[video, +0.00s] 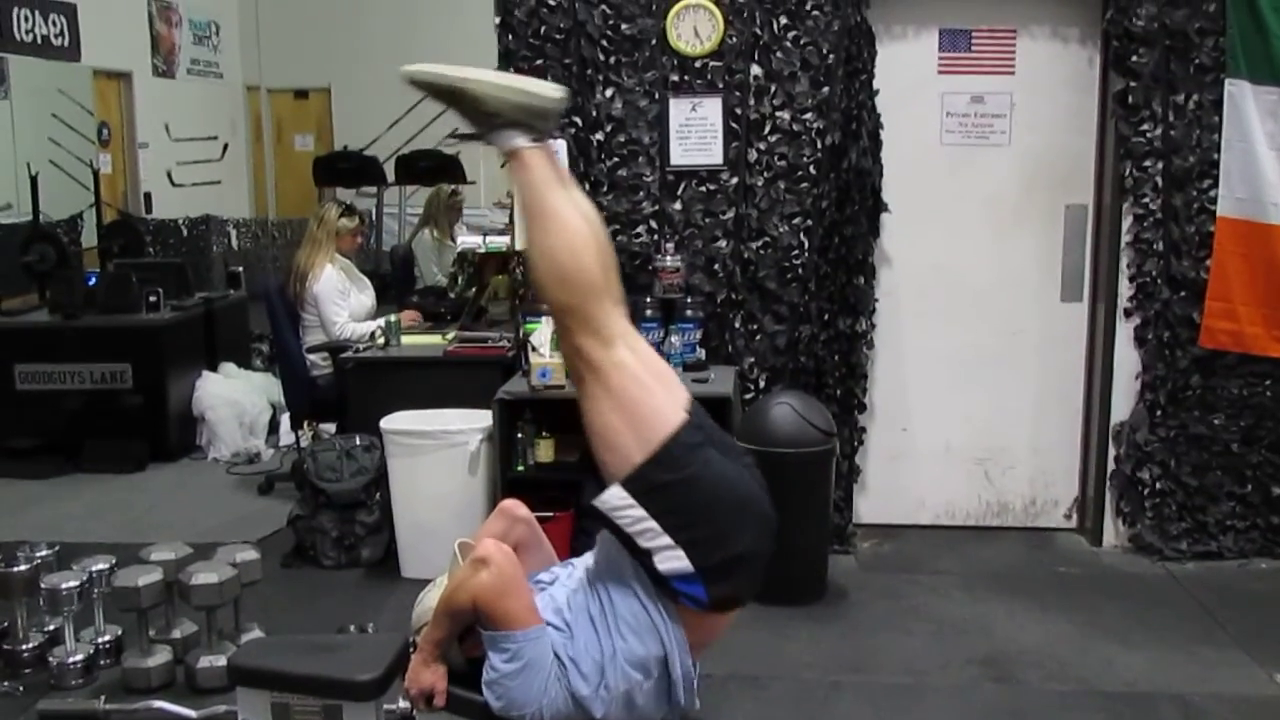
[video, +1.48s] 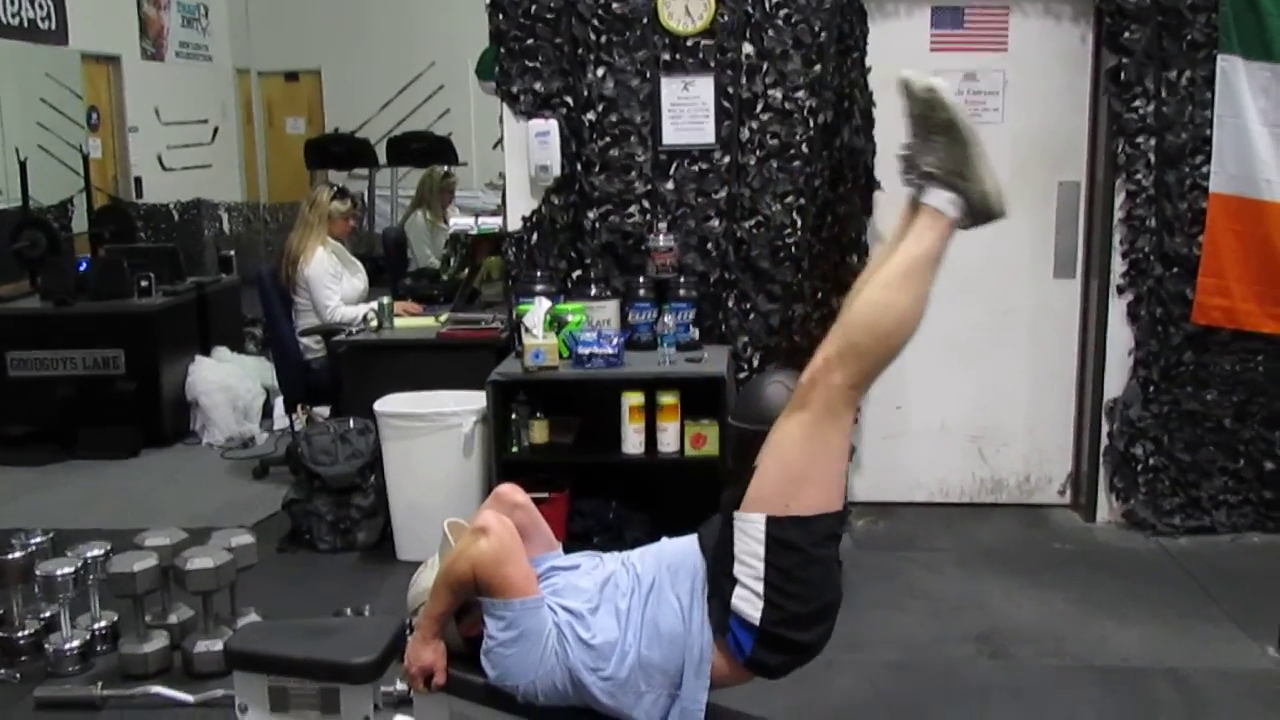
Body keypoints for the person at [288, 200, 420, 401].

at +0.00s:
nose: (360, 240)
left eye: (361, 234)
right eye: (355, 235)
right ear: (334, 235)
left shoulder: (338, 266)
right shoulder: (326, 274)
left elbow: (347, 324)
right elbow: (339, 332)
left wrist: (391, 322)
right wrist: (392, 323)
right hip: (331, 371)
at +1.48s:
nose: (352, 225)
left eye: (353, 219)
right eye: (347, 219)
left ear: (331, 219)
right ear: (328, 218)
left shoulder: (328, 250)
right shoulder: (317, 256)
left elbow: (340, 307)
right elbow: (332, 315)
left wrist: (386, 307)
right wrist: (385, 308)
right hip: (324, 357)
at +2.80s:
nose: (344, 162)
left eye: (345, 156)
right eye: (338, 156)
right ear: (318, 157)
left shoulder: (323, 188)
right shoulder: (310, 194)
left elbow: (335, 245)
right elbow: (325, 253)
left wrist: (379, 245)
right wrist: (379, 247)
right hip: (317, 295)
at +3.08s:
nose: (344, 160)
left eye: (345, 154)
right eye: (338, 154)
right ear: (318, 155)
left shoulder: (323, 187)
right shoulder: (310, 192)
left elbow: (334, 244)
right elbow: (324, 251)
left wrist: (380, 243)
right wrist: (380, 245)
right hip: (318, 291)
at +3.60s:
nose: (345, 160)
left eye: (345, 153)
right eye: (339, 154)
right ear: (319, 155)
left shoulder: (323, 187)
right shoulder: (311, 192)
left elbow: (334, 244)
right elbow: (325, 251)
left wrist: (380, 243)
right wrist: (380, 245)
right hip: (318, 291)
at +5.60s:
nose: (346, 159)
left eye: (346, 153)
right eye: (340, 154)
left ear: (323, 155)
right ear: (320, 154)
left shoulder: (324, 186)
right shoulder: (312, 192)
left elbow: (333, 245)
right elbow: (324, 252)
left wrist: (378, 242)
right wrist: (378, 245)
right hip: (319, 293)